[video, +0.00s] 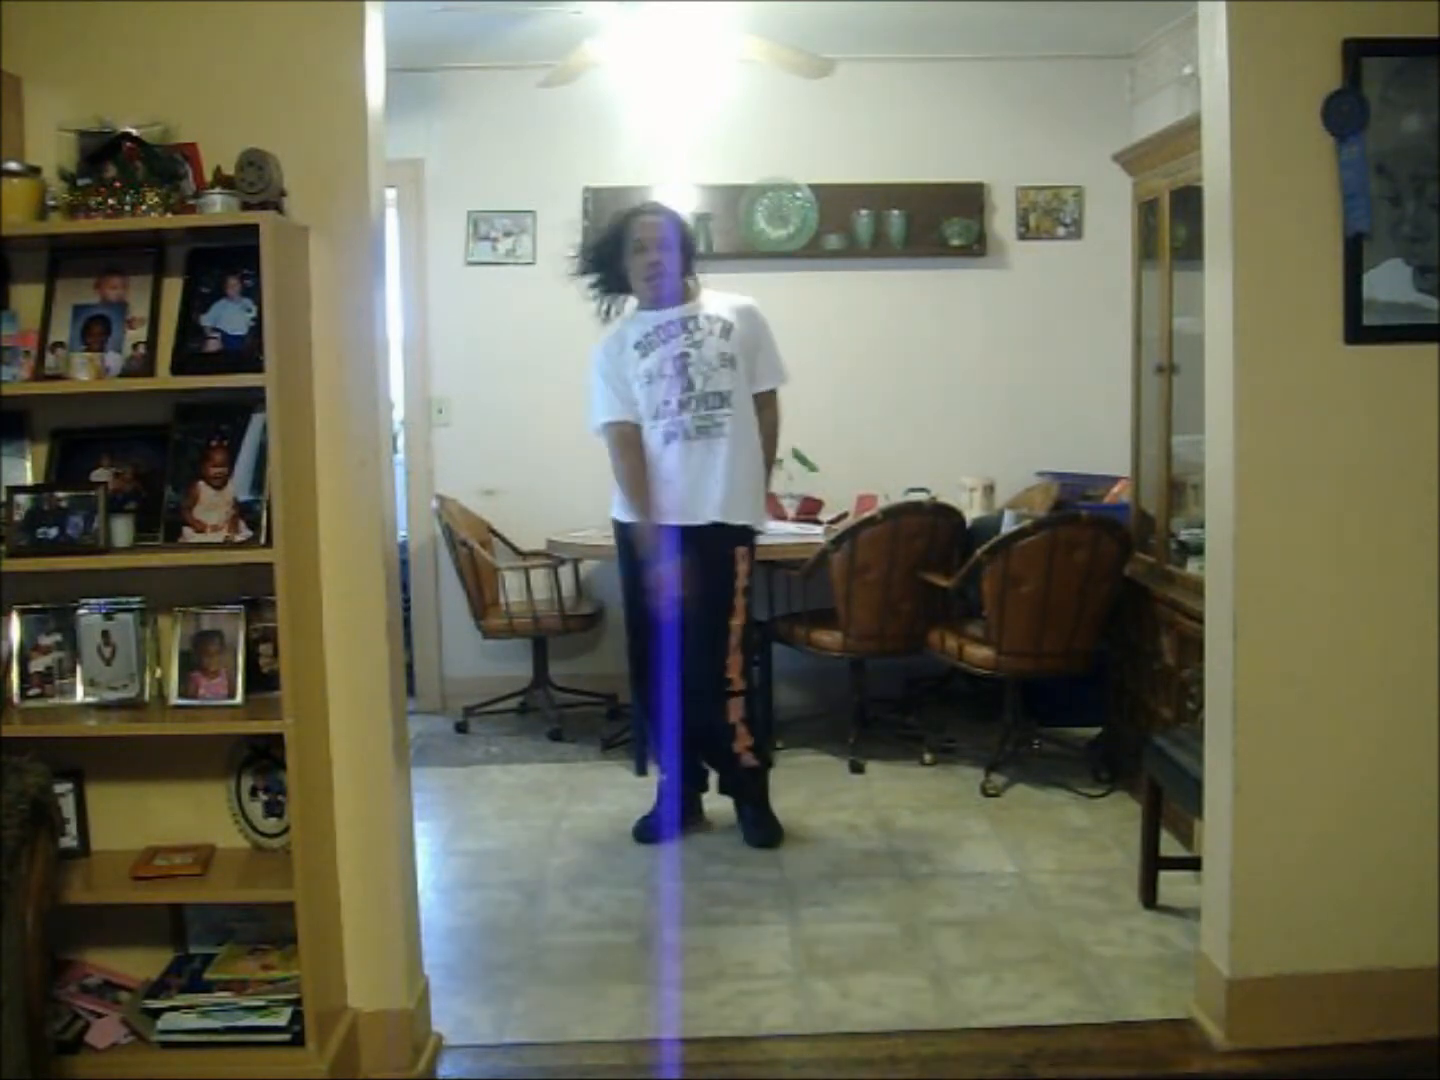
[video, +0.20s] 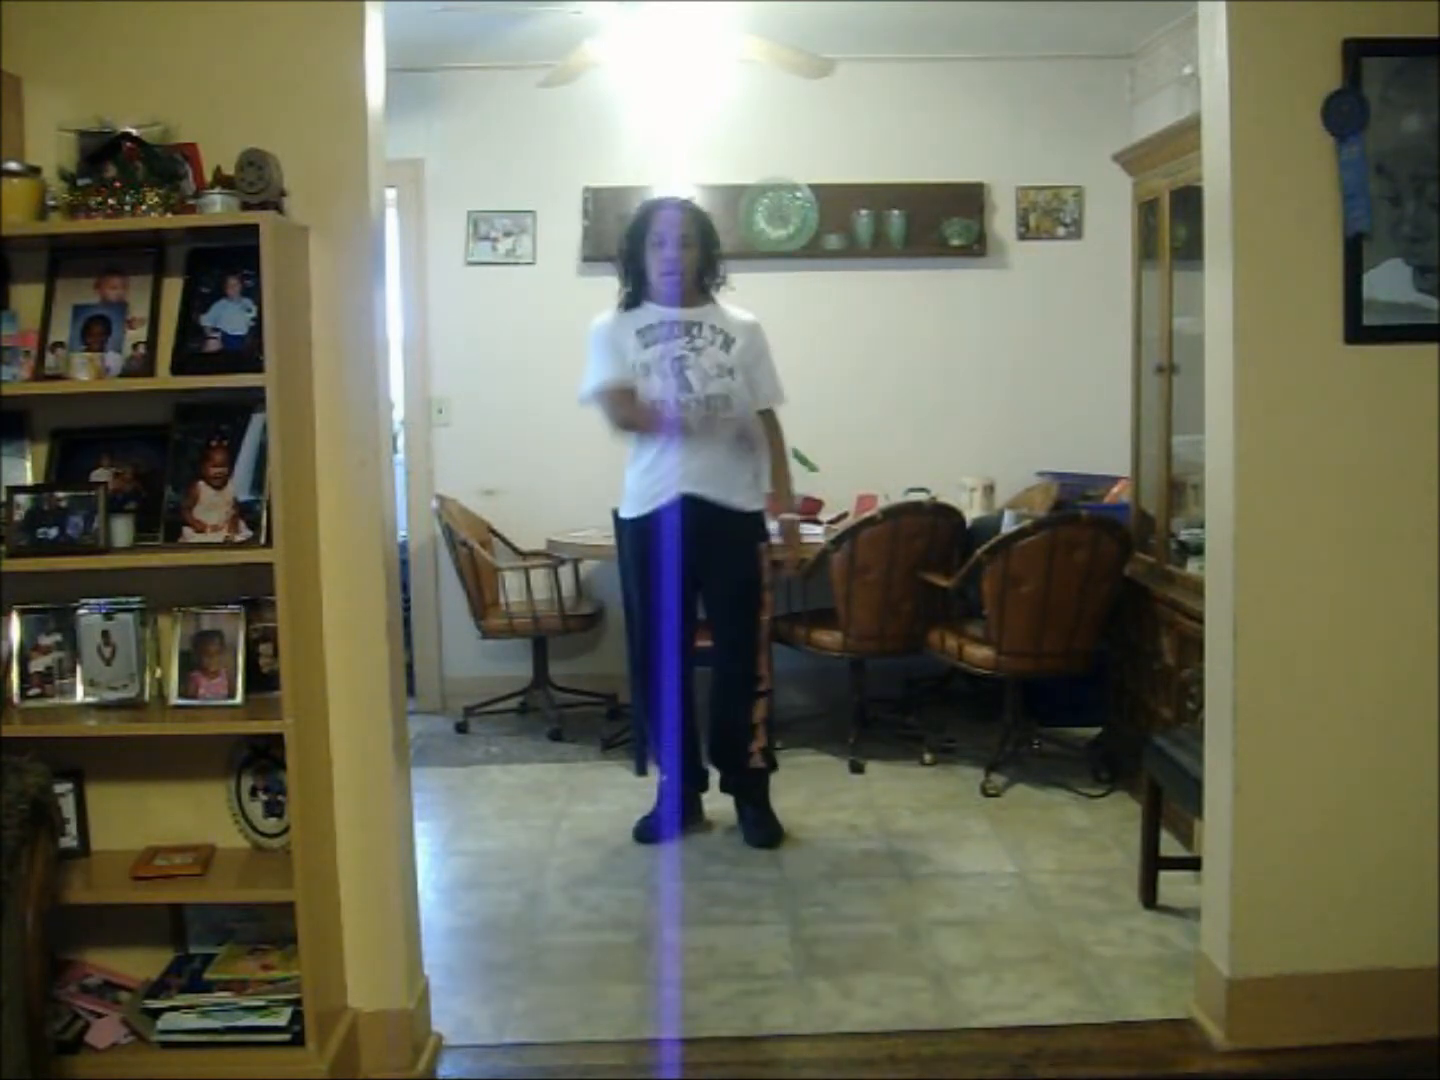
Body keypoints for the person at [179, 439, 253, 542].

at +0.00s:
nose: (219, 472)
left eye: (224, 467)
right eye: (214, 466)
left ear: (230, 469)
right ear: (203, 468)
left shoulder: (231, 488)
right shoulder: (199, 488)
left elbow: (236, 509)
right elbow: (186, 511)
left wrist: (234, 523)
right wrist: (199, 526)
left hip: (225, 532)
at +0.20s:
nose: (219, 472)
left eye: (224, 467)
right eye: (214, 466)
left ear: (230, 469)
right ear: (203, 468)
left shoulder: (231, 488)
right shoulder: (199, 488)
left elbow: (236, 509)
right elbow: (186, 510)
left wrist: (234, 524)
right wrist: (199, 525)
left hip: (225, 533)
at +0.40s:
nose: (219, 472)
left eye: (224, 467)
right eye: (214, 467)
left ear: (230, 470)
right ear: (203, 468)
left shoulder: (231, 489)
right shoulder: (199, 488)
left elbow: (236, 510)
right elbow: (186, 511)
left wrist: (234, 524)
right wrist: (199, 526)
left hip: (225, 534)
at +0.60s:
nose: (219, 472)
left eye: (224, 467)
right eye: (214, 466)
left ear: (231, 469)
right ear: (203, 468)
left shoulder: (231, 488)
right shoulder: (199, 488)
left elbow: (236, 509)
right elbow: (186, 511)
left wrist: (234, 523)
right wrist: (199, 526)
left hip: (225, 534)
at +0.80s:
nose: (219, 472)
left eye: (224, 467)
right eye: (214, 466)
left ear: (231, 469)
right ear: (203, 468)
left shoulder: (231, 488)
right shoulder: (199, 488)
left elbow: (236, 509)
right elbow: (186, 511)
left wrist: (234, 523)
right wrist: (199, 526)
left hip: (225, 533)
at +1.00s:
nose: (219, 472)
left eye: (224, 467)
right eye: (214, 466)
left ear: (230, 469)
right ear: (203, 468)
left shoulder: (231, 488)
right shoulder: (199, 488)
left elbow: (236, 509)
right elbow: (186, 510)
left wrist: (234, 523)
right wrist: (198, 525)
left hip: (225, 534)